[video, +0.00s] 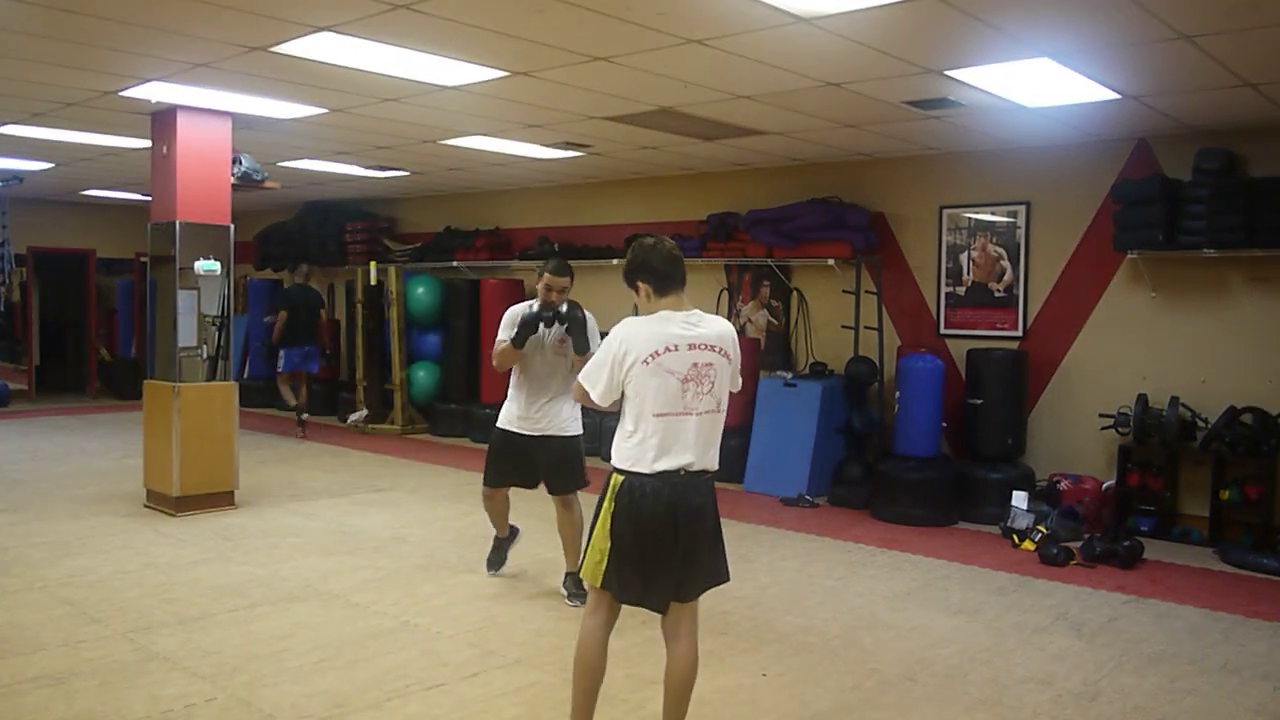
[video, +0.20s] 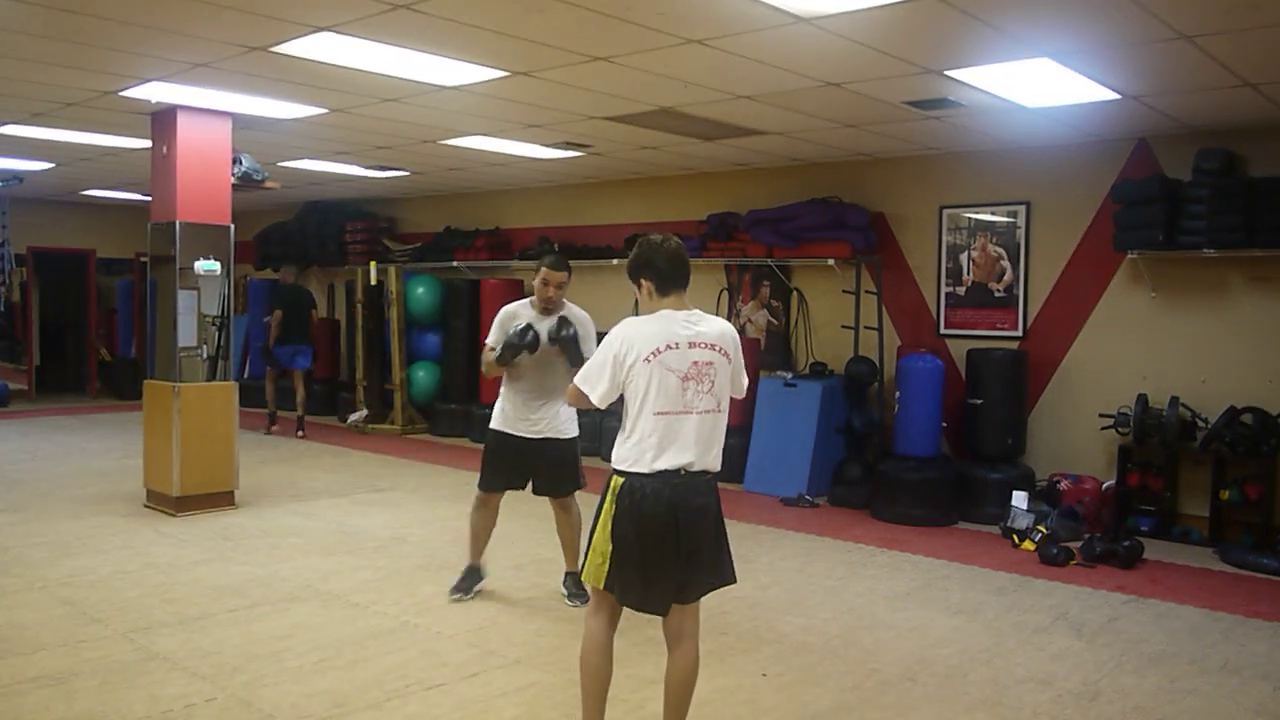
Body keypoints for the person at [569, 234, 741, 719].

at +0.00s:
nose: (636, 300)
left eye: (634, 291)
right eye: (635, 291)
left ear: (642, 287)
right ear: (683, 280)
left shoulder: (631, 334)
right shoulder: (724, 332)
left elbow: (591, 393)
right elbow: (726, 390)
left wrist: (648, 391)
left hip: (631, 494)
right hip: (696, 495)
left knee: (598, 613)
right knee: (682, 627)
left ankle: (579, 716)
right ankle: (673, 718)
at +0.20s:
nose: (636, 296)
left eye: (635, 287)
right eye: (637, 287)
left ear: (644, 285)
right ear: (686, 280)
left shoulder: (630, 334)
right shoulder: (725, 333)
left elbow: (580, 396)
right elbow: (735, 394)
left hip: (633, 496)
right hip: (698, 497)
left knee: (602, 612)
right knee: (683, 632)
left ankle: (591, 716)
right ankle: (674, 718)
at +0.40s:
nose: (631, 286)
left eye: (630, 279)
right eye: (632, 279)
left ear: (637, 281)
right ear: (684, 280)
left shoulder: (619, 335)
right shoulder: (716, 335)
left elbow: (580, 418)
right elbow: (738, 408)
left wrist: (625, 387)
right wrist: (688, 394)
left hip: (626, 498)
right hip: (691, 498)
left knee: (595, 615)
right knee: (682, 635)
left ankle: (581, 717)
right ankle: (674, 719)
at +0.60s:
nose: (614, 288)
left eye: (614, 281)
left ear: (619, 284)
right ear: (666, 281)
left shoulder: (597, 340)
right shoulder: (699, 336)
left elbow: (582, 430)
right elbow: (713, 414)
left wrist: (633, 405)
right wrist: (663, 402)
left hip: (611, 503)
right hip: (679, 503)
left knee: (579, 633)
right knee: (673, 640)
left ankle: (558, 718)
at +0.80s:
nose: (590, 289)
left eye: (588, 282)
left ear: (589, 286)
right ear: (640, 284)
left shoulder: (566, 342)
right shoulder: (671, 339)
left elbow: (562, 422)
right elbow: (674, 408)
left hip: (586, 511)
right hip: (655, 511)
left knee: (568, 647)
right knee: (659, 641)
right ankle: (665, 719)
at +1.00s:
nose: (569, 287)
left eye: (569, 281)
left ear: (573, 284)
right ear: (627, 281)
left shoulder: (551, 341)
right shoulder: (659, 334)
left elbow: (547, 427)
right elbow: (660, 407)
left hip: (575, 512)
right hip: (645, 511)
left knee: (559, 654)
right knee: (650, 642)